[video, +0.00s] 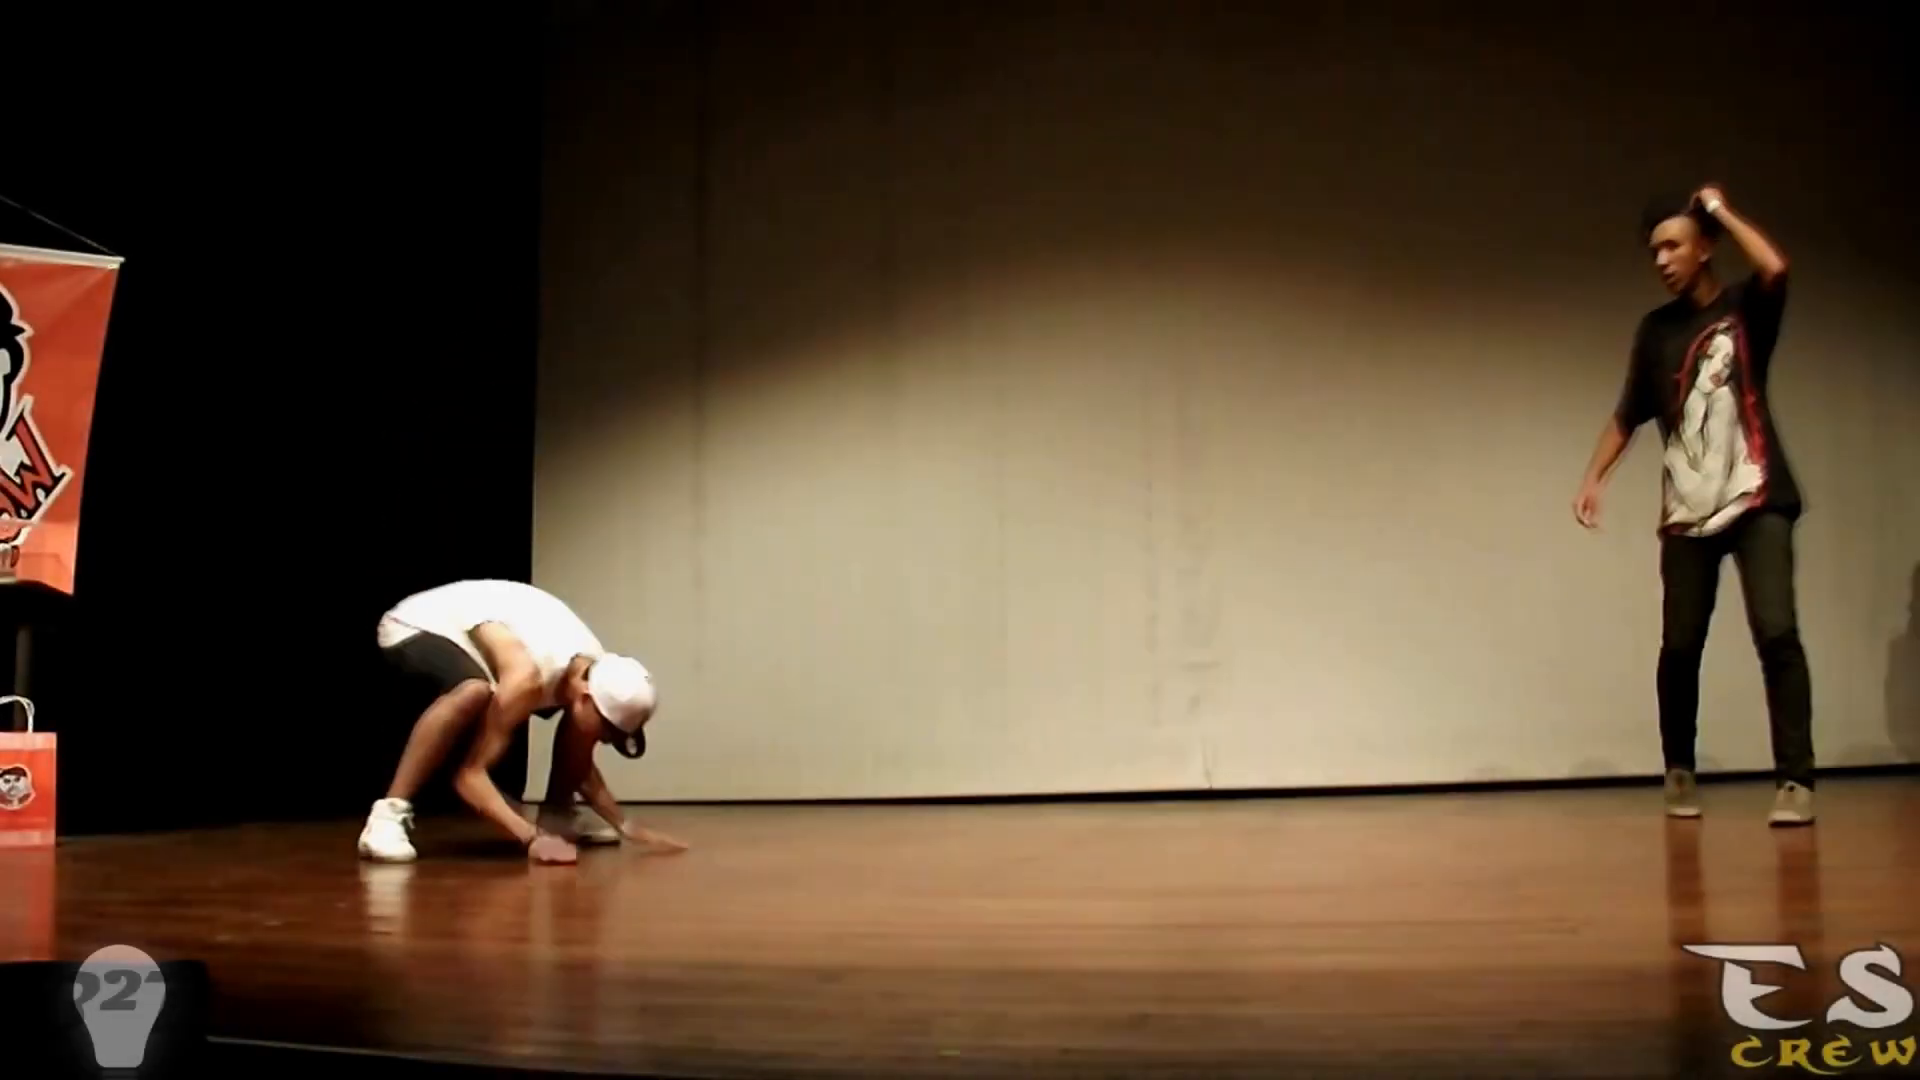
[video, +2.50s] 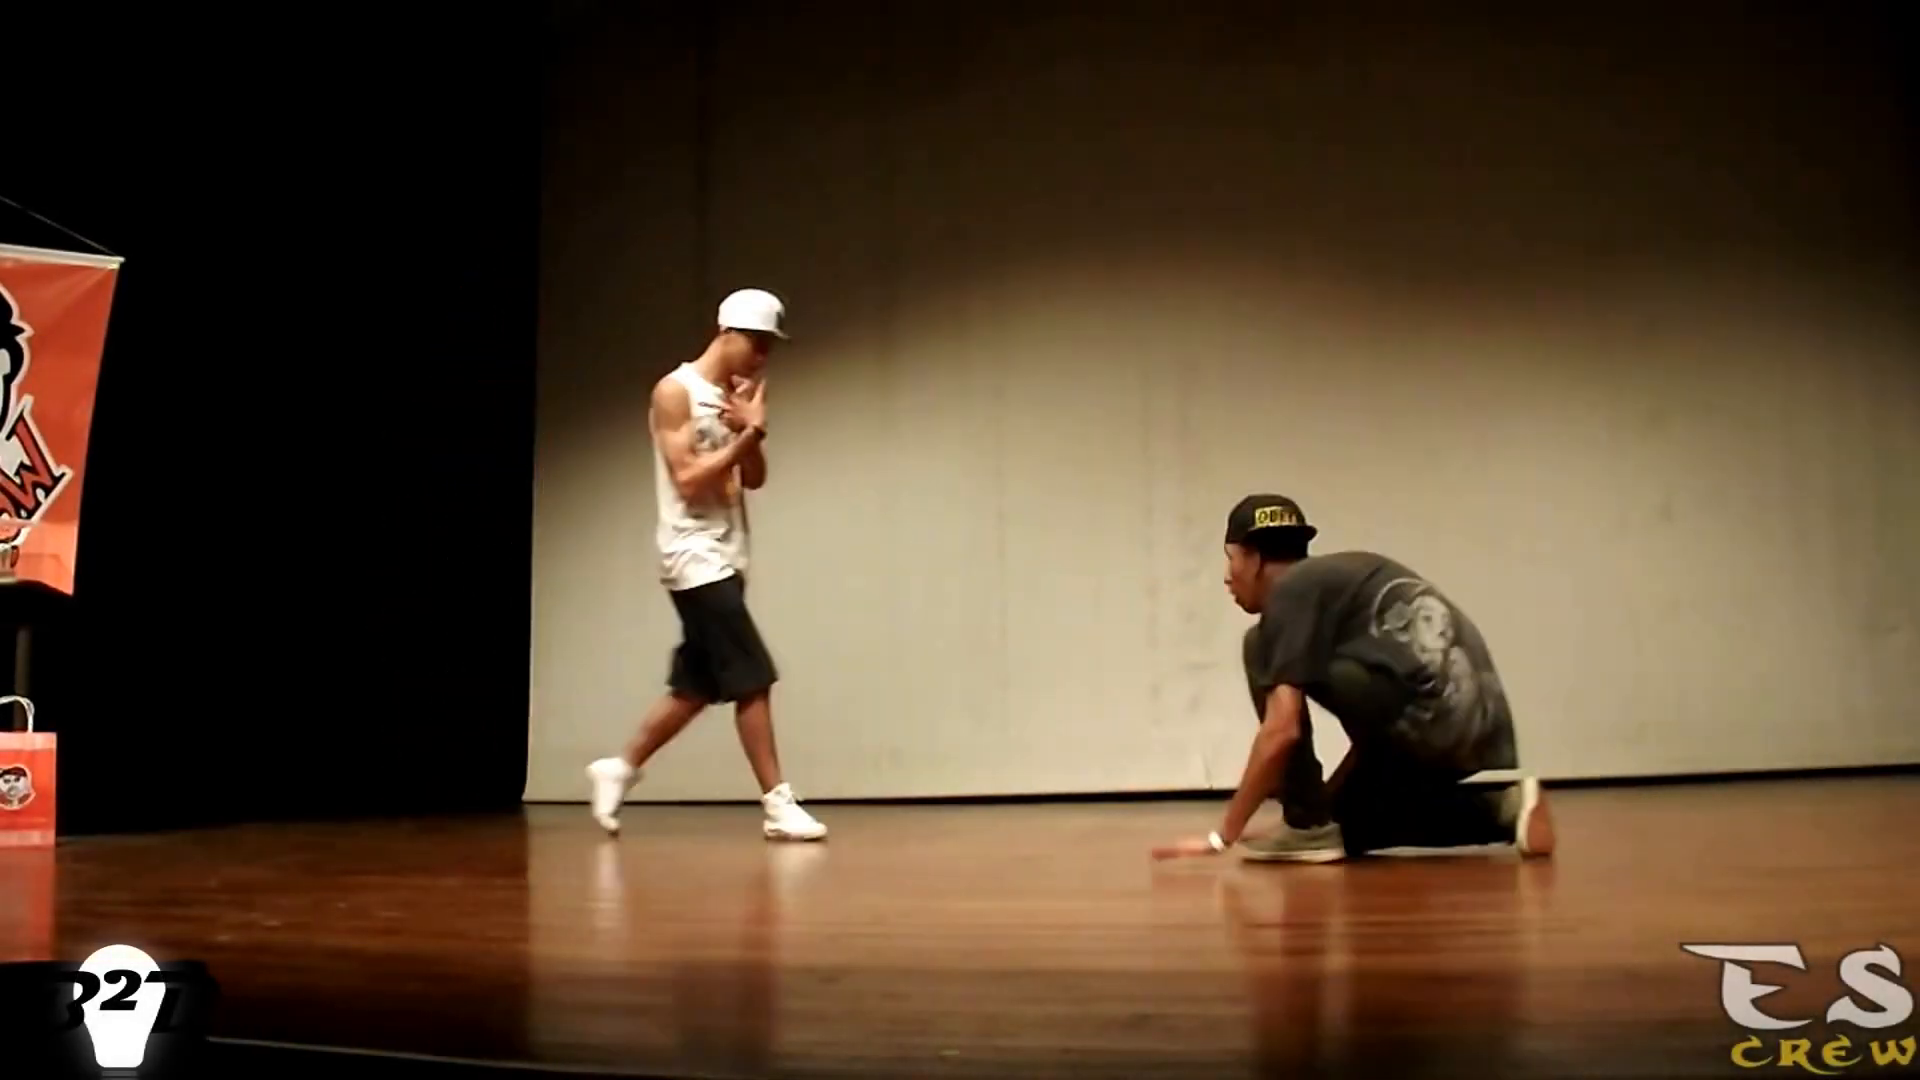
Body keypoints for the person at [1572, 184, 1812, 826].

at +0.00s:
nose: (1660, 259)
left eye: (1670, 246)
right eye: (1655, 250)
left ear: (1706, 247)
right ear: (1656, 258)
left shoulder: (1748, 308)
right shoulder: (1656, 329)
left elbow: (1774, 270)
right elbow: (1627, 415)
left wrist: (1726, 214)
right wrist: (1594, 478)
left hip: (1756, 497)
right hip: (1686, 508)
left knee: (1776, 634)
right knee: (1679, 645)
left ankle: (1795, 783)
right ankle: (1678, 773)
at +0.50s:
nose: (1671, 230)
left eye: (1680, 215)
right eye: (1666, 218)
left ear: (1717, 210)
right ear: (1673, 225)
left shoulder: (1775, 279)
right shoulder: (1687, 295)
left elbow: (1775, 246)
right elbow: (1688, 402)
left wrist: (1728, 181)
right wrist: (1672, 486)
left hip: (1782, 483)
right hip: (1711, 486)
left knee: (1788, 636)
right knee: (1732, 629)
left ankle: (1797, 783)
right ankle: (1750, 785)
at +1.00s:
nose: (1661, 184)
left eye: (1671, 169)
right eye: (1657, 173)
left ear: (1710, 167)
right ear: (1665, 184)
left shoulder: (1763, 236)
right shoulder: (1682, 259)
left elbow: (1740, 204)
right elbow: (1660, 370)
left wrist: (1715, 134)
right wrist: (1601, 426)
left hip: (1764, 459)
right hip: (1697, 472)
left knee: (1785, 602)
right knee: (1730, 628)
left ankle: (1859, 783)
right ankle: (1750, 793)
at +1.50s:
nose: (1619, 150)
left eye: (1630, 135)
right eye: (1619, 139)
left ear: (1674, 135)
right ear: (1662, 144)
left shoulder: (1731, 188)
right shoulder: (1666, 228)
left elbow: (1641, 208)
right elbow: (1640, 343)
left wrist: (1521, 184)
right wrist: (1533, 363)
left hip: (1769, 438)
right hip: (1701, 444)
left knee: (1809, 615)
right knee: (1647, 604)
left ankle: (1875, 801)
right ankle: (1682, 796)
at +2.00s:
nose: (1402, 288)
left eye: (1406, 271)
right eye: (1399, 275)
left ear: (1437, 257)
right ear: (1445, 261)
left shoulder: (1503, 278)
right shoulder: (1491, 327)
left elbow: (1411, 363)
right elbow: (1429, 434)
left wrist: (1294, 426)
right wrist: (1342, 488)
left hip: (1602, 473)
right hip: (1626, 479)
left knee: (1471, 592)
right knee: (1522, 637)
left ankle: (1607, 792)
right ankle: (1626, 807)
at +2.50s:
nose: (1225, 576)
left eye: (1229, 558)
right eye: (1226, 560)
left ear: (1257, 556)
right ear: (1291, 551)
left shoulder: (1293, 593)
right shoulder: (1347, 583)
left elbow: (1283, 732)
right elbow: (1377, 732)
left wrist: (1222, 837)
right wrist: (1321, 802)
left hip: (1431, 725)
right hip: (1480, 735)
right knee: (1349, 827)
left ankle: (1310, 828)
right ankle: (1501, 809)